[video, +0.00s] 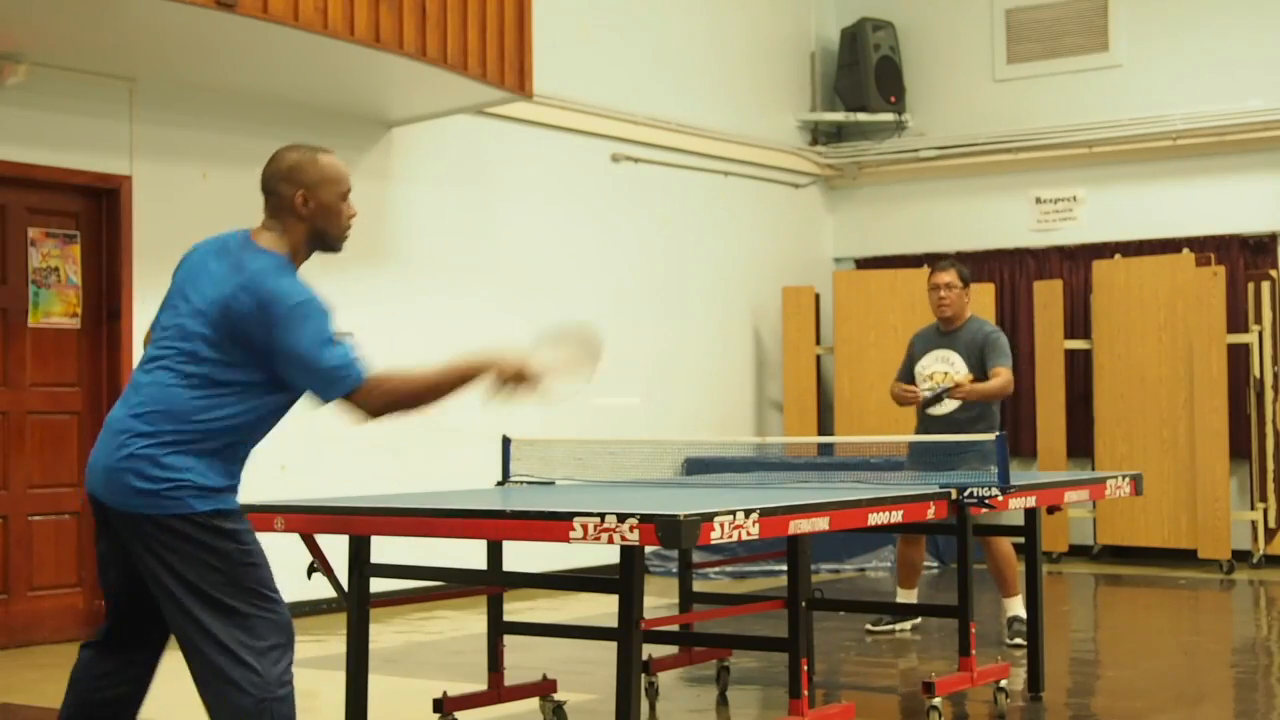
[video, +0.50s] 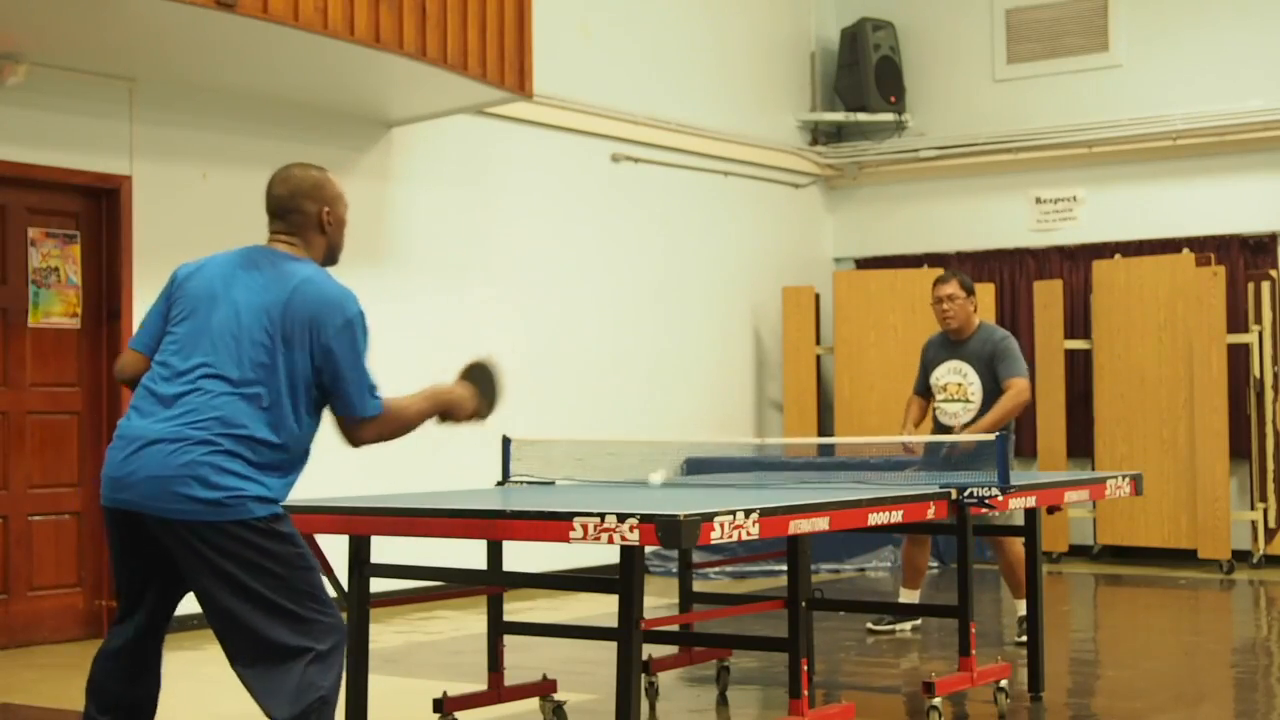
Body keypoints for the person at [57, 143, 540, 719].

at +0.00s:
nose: (353, 210)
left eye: (351, 196)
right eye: (345, 197)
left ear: (290, 200)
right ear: (301, 202)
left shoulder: (206, 254)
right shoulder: (279, 295)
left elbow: (154, 355)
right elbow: (373, 396)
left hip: (118, 474)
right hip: (178, 489)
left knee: (128, 638)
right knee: (258, 647)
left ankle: (83, 717)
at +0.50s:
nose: (345, 227)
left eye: (344, 216)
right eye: (343, 216)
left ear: (273, 218)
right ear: (324, 217)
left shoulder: (194, 273)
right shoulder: (328, 300)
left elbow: (130, 367)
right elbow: (362, 425)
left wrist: (204, 393)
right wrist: (439, 399)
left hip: (127, 484)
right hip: (221, 496)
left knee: (137, 625)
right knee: (316, 637)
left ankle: (105, 715)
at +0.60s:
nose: (323, 216)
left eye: (320, 205)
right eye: (320, 206)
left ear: (253, 213)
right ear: (305, 210)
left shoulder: (180, 272)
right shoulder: (312, 290)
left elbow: (112, 362)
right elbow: (325, 419)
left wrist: (184, 378)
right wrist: (392, 411)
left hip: (123, 484)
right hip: (213, 492)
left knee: (133, 623)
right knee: (298, 641)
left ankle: (113, 713)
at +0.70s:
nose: (284, 206)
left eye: (280, 195)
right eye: (281, 196)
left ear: (218, 203)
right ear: (268, 202)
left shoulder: (149, 265)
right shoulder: (284, 278)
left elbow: (87, 357)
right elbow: (284, 401)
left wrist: (131, 384)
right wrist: (337, 411)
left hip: (118, 480)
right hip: (209, 485)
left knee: (122, 633)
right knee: (271, 646)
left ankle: (107, 715)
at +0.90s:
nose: (224, 189)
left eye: (222, 180)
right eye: (222, 180)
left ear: (154, 189)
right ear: (208, 184)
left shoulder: (97, 254)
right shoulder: (234, 261)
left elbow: (43, 351)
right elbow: (236, 371)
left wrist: (70, 367)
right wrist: (286, 403)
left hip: (92, 472)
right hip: (182, 474)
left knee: (103, 631)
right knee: (227, 632)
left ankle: (93, 717)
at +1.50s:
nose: (250, 227)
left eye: (249, 217)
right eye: (250, 216)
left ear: (196, 213)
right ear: (237, 212)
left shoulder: (146, 272)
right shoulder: (218, 269)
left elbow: (86, 350)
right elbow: (206, 366)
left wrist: (139, 393)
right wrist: (274, 388)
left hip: (106, 455)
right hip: (149, 463)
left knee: (140, 601)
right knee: (163, 609)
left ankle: (140, 706)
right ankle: (148, 712)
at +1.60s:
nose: (263, 254)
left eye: (263, 244)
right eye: (262, 243)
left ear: (210, 235)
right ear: (250, 237)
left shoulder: (181, 283)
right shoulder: (221, 277)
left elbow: (122, 365)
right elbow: (206, 364)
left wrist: (184, 444)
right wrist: (264, 398)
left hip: (121, 458)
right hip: (145, 463)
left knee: (154, 583)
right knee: (169, 587)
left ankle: (177, 688)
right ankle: (152, 705)